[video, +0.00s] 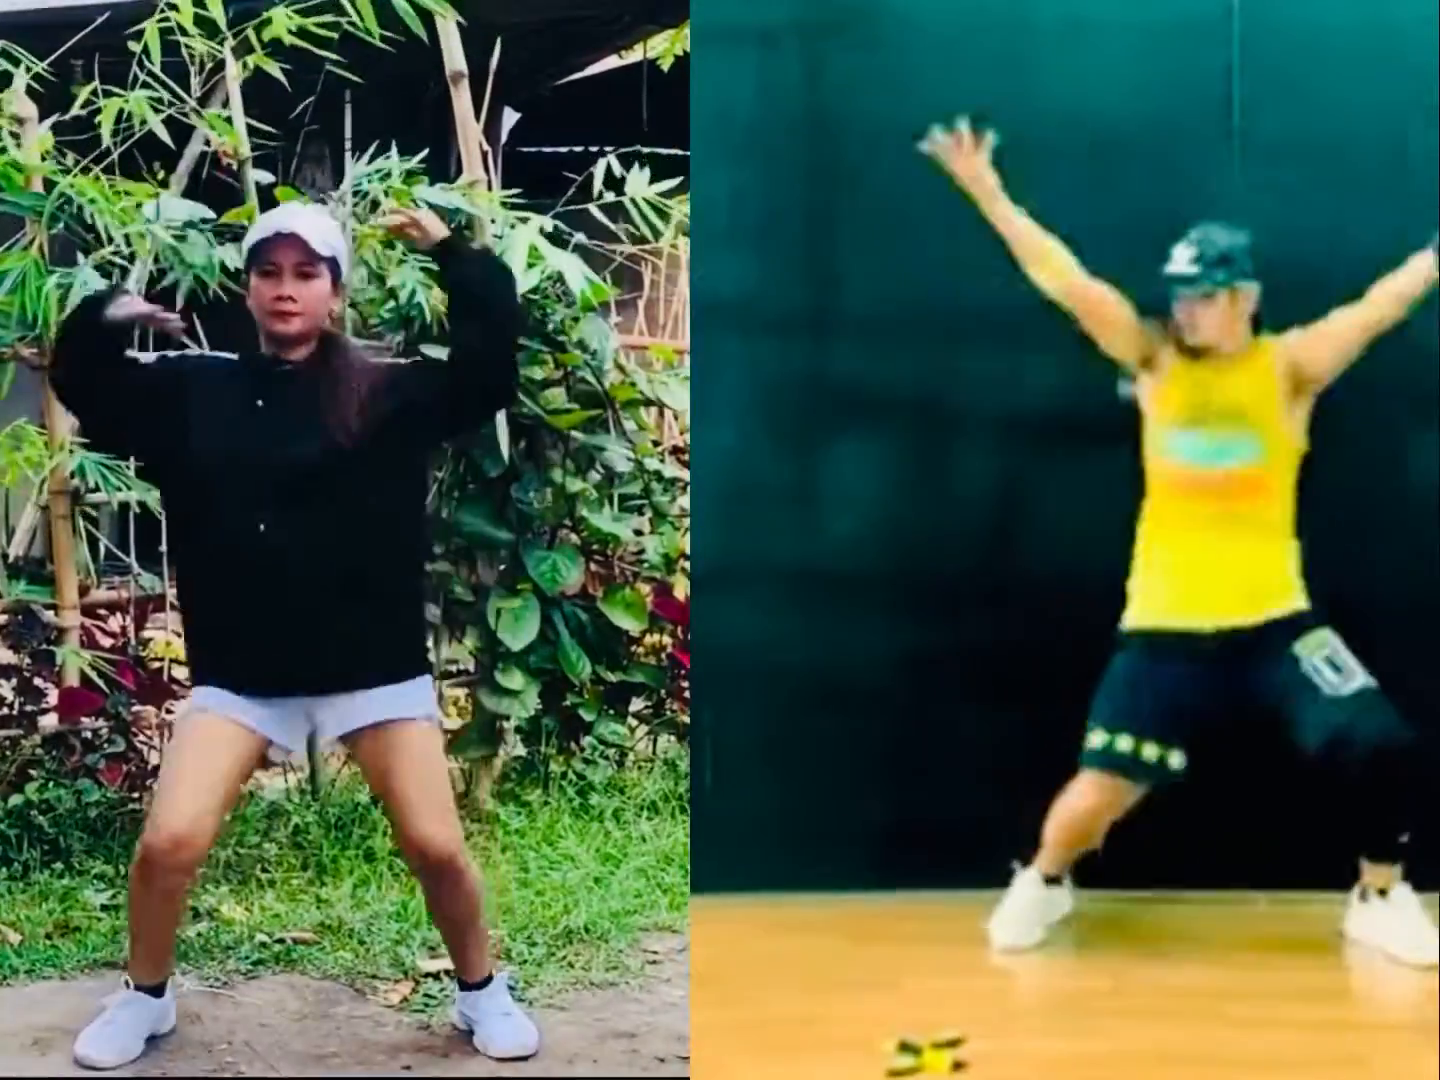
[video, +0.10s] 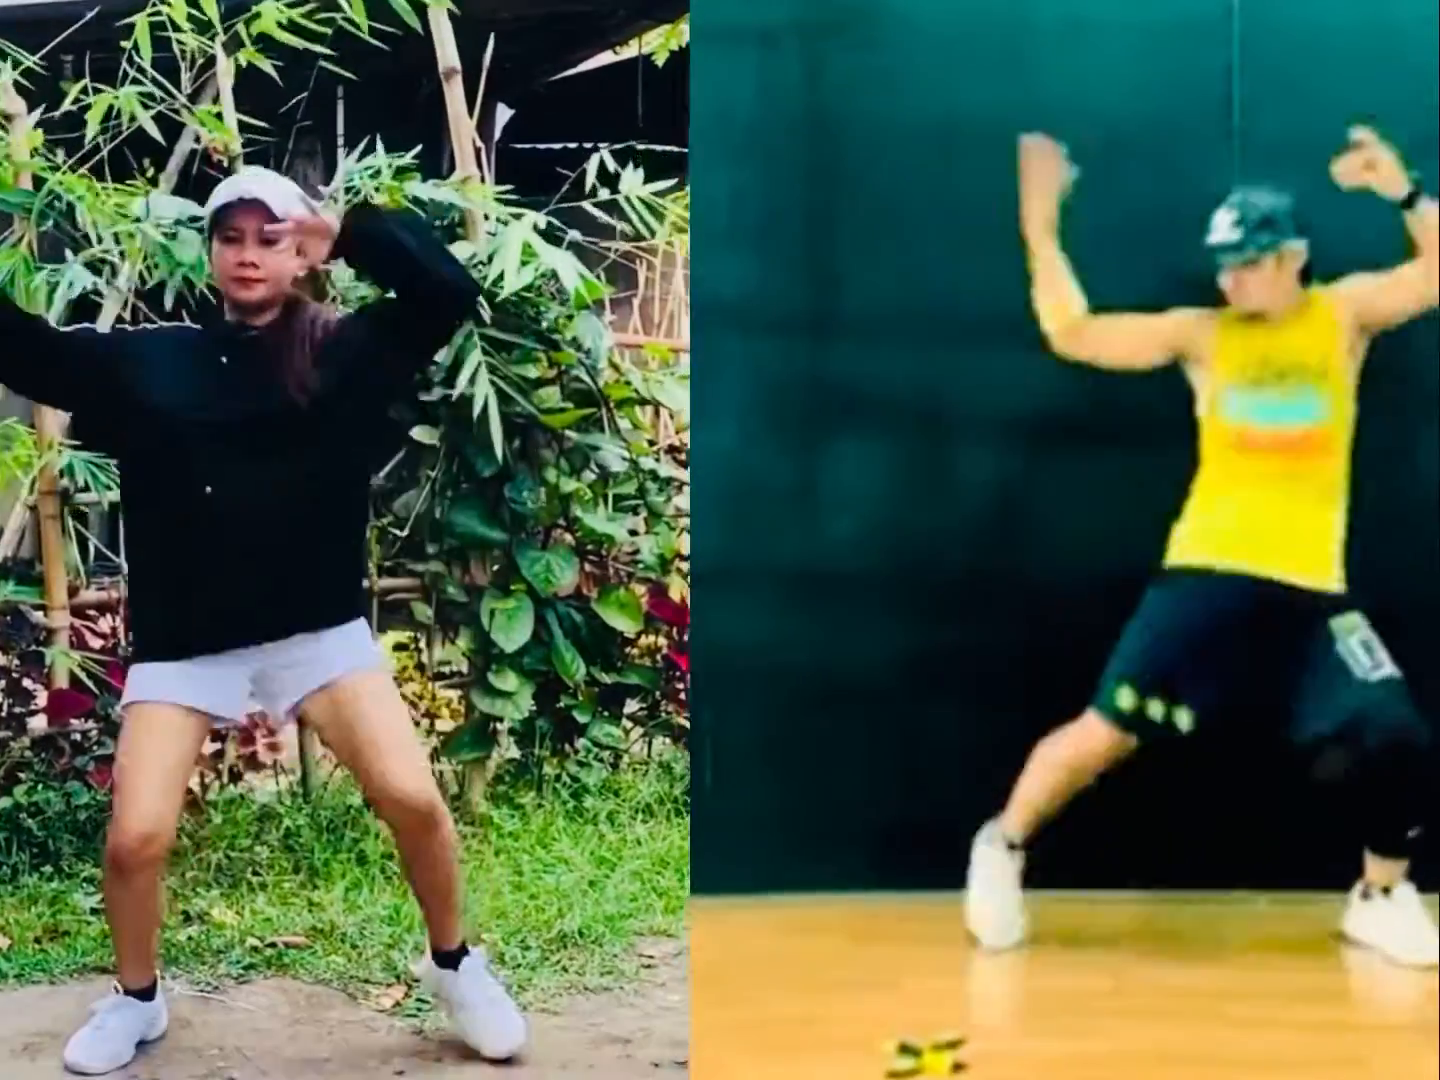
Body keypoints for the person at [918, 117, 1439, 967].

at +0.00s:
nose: (1200, 314)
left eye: (1214, 297)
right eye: (1189, 300)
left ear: (1251, 300)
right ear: (1175, 307)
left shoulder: (1291, 367)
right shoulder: (1151, 364)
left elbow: (1378, 307)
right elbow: (1066, 282)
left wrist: (1430, 260)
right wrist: (988, 192)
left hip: (1275, 621)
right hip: (1164, 626)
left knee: (1384, 747)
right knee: (1106, 789)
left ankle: (1380, 896)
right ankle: (1042, 882)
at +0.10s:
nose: (1241, 283)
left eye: (1256, 265)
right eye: (1231, 269)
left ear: (1296, 258)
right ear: (1220, 273)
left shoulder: (1345, 311)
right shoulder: (1198, 333)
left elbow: (1434, 277)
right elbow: (1071, 330)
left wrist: (1405, 189)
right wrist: (1038, 224)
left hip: (1312, 584)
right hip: (1207, 574)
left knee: (1397, 741)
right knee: (1111, 731)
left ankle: (1381, 897)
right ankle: (1001, 845)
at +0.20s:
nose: (1254, 239)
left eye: (1268, 220)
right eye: (1244, 223)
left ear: (1314, 213)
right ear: (1236, 228)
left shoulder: (1376, 289)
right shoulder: (1226, 303)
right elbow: (1123, 350)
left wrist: (1424, 189)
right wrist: (1135, 243)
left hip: (1339, 562)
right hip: (1225, 548)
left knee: (1397, 722)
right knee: (1099, 678)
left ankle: (1380, 896)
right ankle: (1022, 752)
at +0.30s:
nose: (1259, 234)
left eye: (1274, 216)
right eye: (1248, 219)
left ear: (1320, 210)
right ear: (1238, 224)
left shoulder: (1377, 296)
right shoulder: (1224, 293)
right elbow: (1109, 281)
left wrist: (1410, 313)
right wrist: (1185, 187)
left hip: (1349, 553)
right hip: (1245, 524)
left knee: (1408, 720)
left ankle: (1384, 895)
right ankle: (1101, 695)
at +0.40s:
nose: (1273, 254)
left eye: (1287, 235)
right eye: (1262, 238)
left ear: (1326, 230)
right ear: (1249, 243)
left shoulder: (1372, 295)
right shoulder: (1232, 289)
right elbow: (1140, 208)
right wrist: (1115, 90)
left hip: (1355, 542)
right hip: (1252, 515)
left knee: (1405, 726)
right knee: (1104, 517)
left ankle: (1391, 895)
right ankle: (1140, 692)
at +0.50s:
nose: (1305, 249)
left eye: (1317, 230)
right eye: (1287, 235)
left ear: (1343, 226)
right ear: (1265, 242)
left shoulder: (1390, 276)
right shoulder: (1244, 299)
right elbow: (1124, 257)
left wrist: (1429, 108)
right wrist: (1099, 133)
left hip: (1349, 552)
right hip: (1244, 518)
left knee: (1410, 730)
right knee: (1107, 591)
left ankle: (1388, 897)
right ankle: (1109, 742)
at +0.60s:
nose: (1345, 231)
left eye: (1346, 217)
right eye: (1328, 218)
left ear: (1347, 225)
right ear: (1281, 230)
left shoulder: (1377, 294)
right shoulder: (1225, 312)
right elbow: (1098, 342)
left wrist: (1432, 173)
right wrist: (1140, 222)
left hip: (1354, 571)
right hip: (1239, 560)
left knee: (1421, 717)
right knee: (1116, 689)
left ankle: (1392, 893)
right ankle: (1048, 803)